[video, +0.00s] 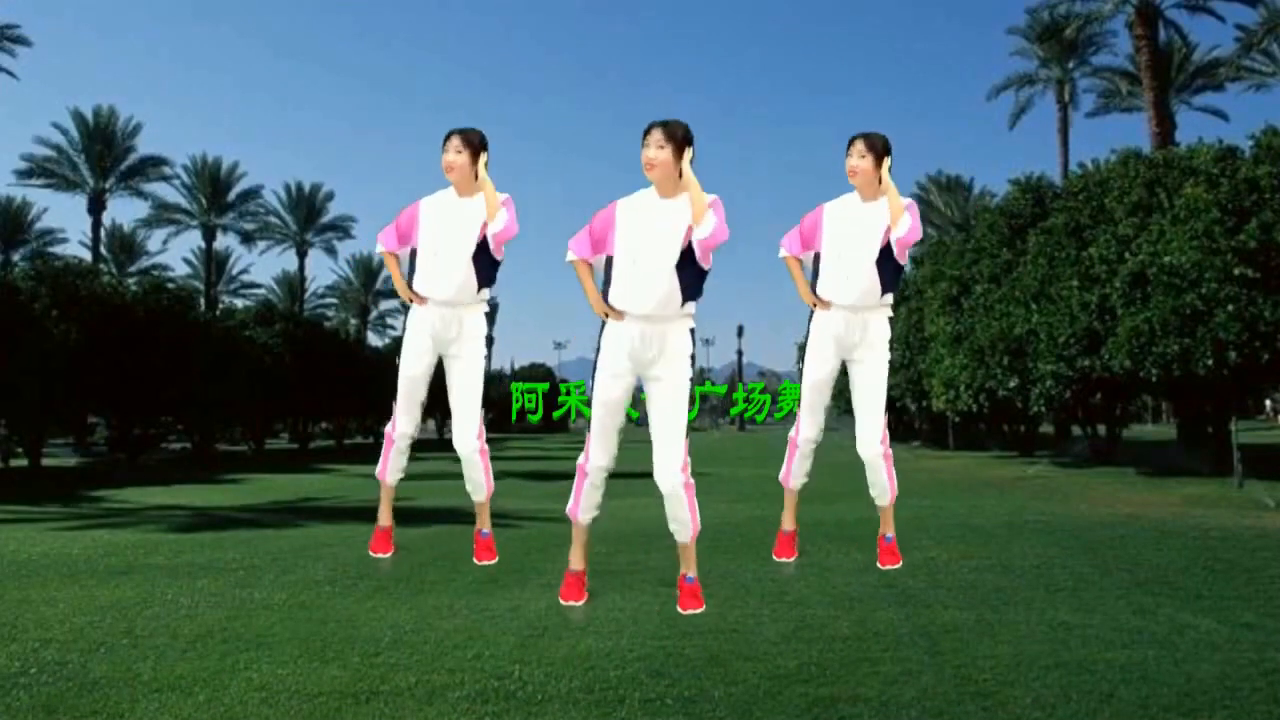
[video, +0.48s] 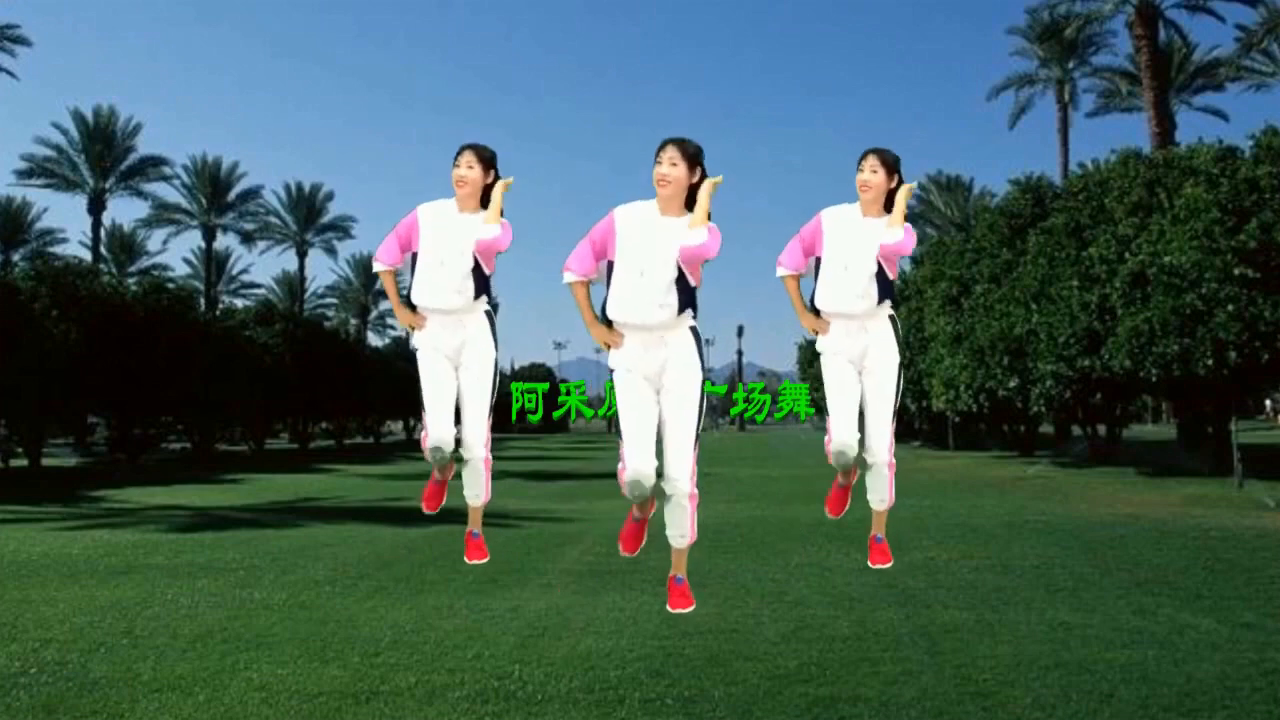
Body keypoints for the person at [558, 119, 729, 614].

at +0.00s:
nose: (650, 155)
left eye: (660, 147)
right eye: (646, 147)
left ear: (682, 156)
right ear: (642, 156)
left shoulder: (704, 208)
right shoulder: (622, 209)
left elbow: (707, 244)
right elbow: (579, 251)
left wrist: (690, 180)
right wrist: (597, 302)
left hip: (671, 338)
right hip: (620, 333)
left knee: (672, 467)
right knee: (598, 454)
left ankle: (689, 573)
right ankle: (576, 564)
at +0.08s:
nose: (650, 134)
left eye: (661, 126)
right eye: (648, 126)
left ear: (684, 136)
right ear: (645, 135)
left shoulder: (703, 186)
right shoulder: (623, 187)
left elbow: (721, 220)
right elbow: (579, 228)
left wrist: (700, 159)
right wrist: (598, 280)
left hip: (675, 314)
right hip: (624, 311)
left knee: (680, 448)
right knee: (604, 440)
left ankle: (691, 566)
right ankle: (585, 539)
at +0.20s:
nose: (658, 131)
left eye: (669, 125)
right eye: (655, 124)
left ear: (692, 137)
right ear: (649, 133)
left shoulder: (704, 185)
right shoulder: (622, 183)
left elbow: (716, 228)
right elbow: (579, 229)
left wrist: (705, 163)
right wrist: (597, 283)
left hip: (680, 307)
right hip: (631, 305)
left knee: (682, 441)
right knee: (625, 440)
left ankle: (684, 563)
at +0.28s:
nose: (660, 150)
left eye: (672, 144)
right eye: (657, 142)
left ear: (693, 157)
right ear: (650, 151)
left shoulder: (704, 205)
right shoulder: (622, 201)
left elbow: (712, 250)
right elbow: (576, 251)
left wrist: (704, 180)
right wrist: (599, 305)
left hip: (683, 325)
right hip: (632, 325)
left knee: (684, 455)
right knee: (640, 448)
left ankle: (681, 571)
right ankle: (655, 460)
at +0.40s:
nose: (663, 179)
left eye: (674, 173)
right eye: (660, 172)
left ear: (694, 186)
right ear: (652, 181)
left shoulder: (703, 238)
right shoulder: (622, 228)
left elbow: (706, 276)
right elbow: (577, 280)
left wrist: (708, 220)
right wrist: (596, 337)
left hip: (684, 356)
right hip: (634, 356)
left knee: (684, 474)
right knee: (652, 470)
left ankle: (679, 575)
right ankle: (657, 490)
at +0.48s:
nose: (664, 169)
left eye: (674, 163)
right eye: (660, 162)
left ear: (694, 177)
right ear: (652, 173)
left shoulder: (701, 228)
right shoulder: (622, 218)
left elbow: (694, 252)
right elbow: (575, 269)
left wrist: (701, 202)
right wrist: (593, 324)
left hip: (679, 345)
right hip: (629, 346)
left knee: (679, 471)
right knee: (639, 473)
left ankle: (679, 574)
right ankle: (643, 510)